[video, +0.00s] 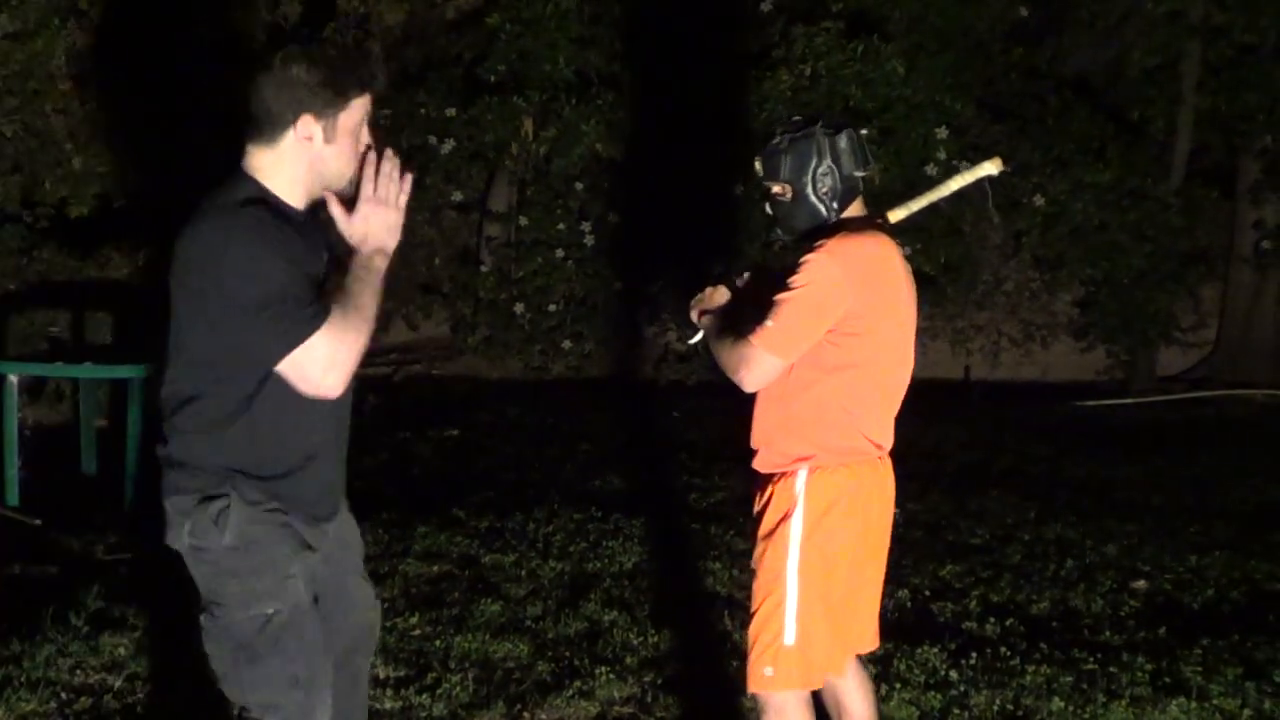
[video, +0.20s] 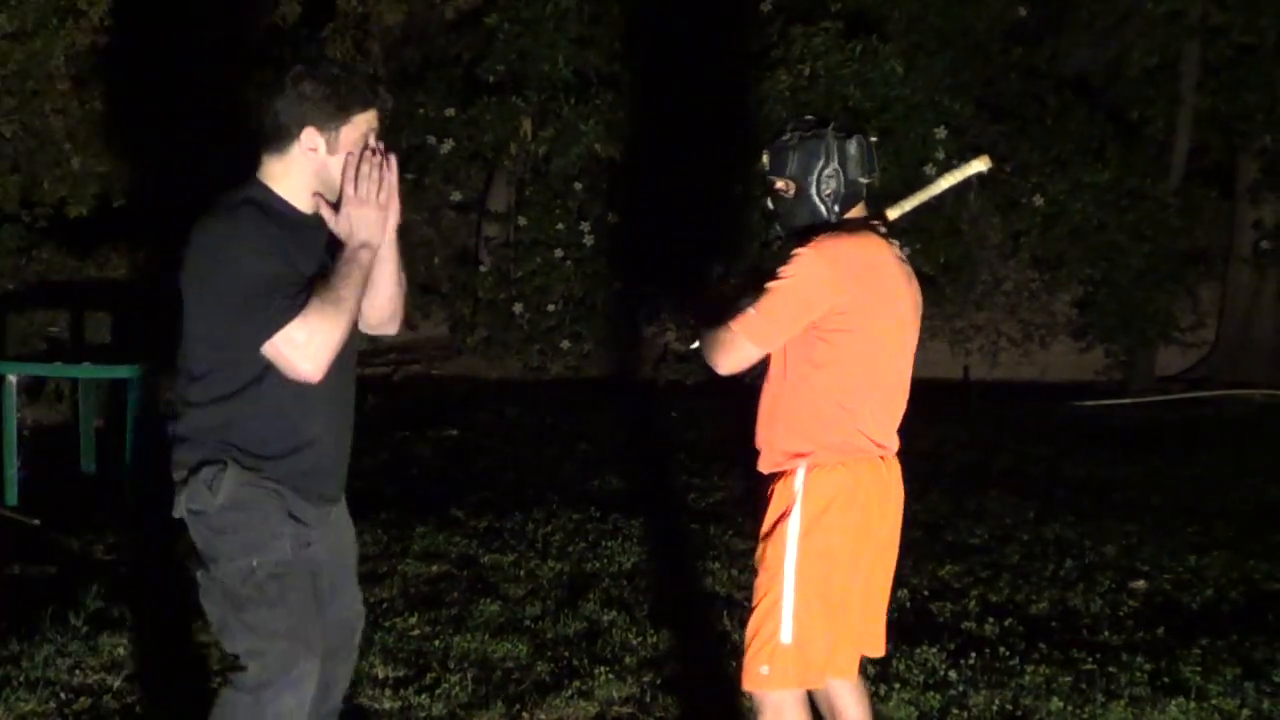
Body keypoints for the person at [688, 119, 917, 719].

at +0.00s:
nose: (775, 206)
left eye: (782, 192)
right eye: (772, 192)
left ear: (820, 188)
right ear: (840, 185)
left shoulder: (836, 262)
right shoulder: (881, 257)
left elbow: (750, 369)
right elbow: (815, 343)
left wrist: (714, 323)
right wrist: (742, 308)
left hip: (815, 487)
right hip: (857, 482)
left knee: (777, 680)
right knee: (835, 661)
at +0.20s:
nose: (777, 198)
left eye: (786, 184)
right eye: (776, 183)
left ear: (821, 185)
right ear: (850, 186)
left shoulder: (825, 261)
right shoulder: (895, 268)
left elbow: (728, 354)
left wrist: (705, 329)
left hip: (818, 487)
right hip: (873, 485)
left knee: (773, 680)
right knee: (835, 670)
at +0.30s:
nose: (774, 198)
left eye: (781, 186)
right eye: (774, 185)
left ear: (812, 190)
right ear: (853, 192)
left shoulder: (799, 263)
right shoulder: (903, 276)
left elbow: (699, 330)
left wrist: (756, 281)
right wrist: (875, 250)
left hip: (815, 492)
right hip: (878, 488)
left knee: (755, 679)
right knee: (832, 673)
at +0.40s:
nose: (764, 201)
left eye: (770, 191)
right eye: (765, 189)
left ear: (791, 199)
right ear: (846, 197)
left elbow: (697, 309)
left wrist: (765, 277)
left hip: (804, 500)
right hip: (871, 494)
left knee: (727, 679)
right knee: (819, 665)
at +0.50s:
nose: (747, 202)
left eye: (753, 192)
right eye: (750, 190)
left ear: (773, 202)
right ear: (828, 200)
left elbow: (694, 322)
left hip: (789, 502)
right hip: (854, 496)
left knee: (696, 676)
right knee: (808, 663)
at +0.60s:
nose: (721, 202)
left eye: (728, 191)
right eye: (726, 190)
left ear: (747, 204)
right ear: (805, 205)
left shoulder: (751, 279)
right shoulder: (842, 280)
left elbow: (661, 351)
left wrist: (643, 315)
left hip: (772, 505)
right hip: (830, 499)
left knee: (669, 676)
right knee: (808, 675)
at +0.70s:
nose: (693, 211)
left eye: (700, 199)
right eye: (695, 197)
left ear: (727, 207)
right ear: (771, 206)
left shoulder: (748, 290)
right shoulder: (799, 283)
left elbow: (642, 384)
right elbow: (684, 344)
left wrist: (593, 338)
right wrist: (618, 305)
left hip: (756, 513)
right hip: (804, 504)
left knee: (649, 678)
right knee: (787, 680)